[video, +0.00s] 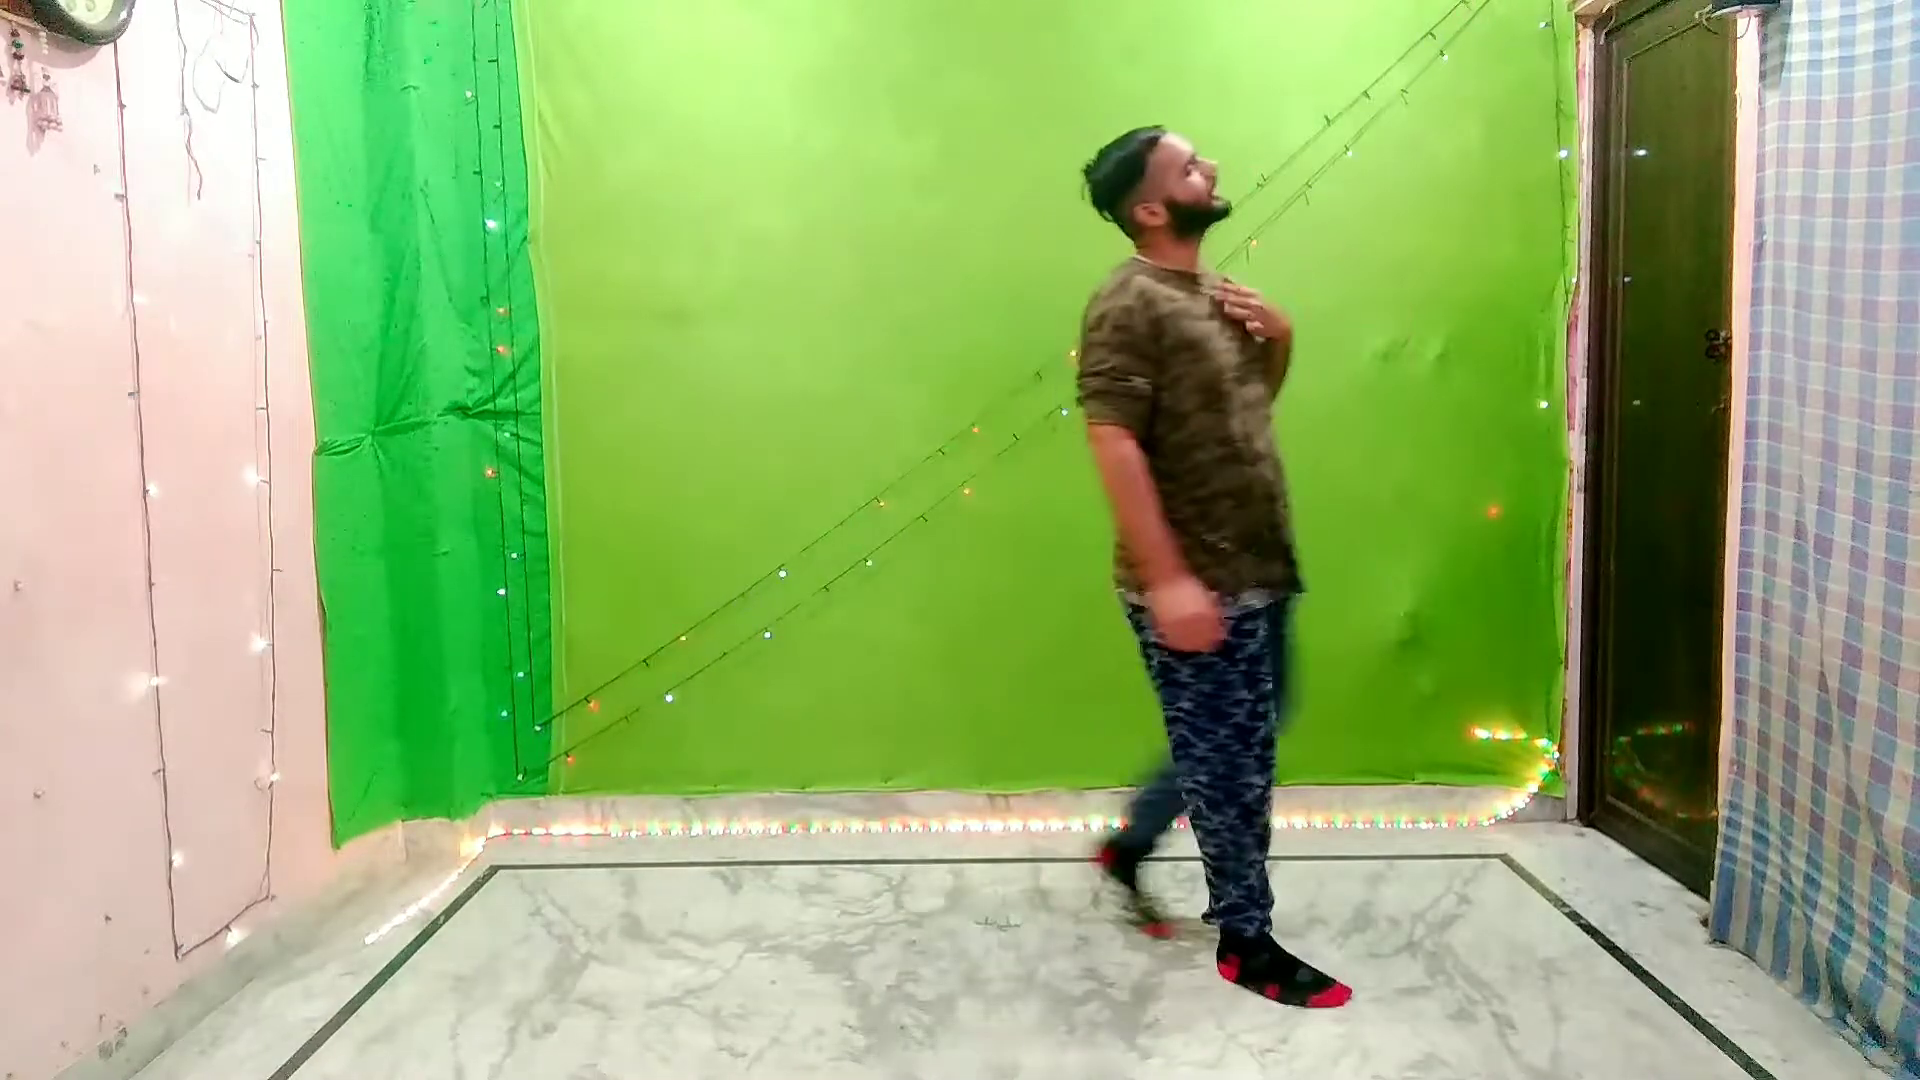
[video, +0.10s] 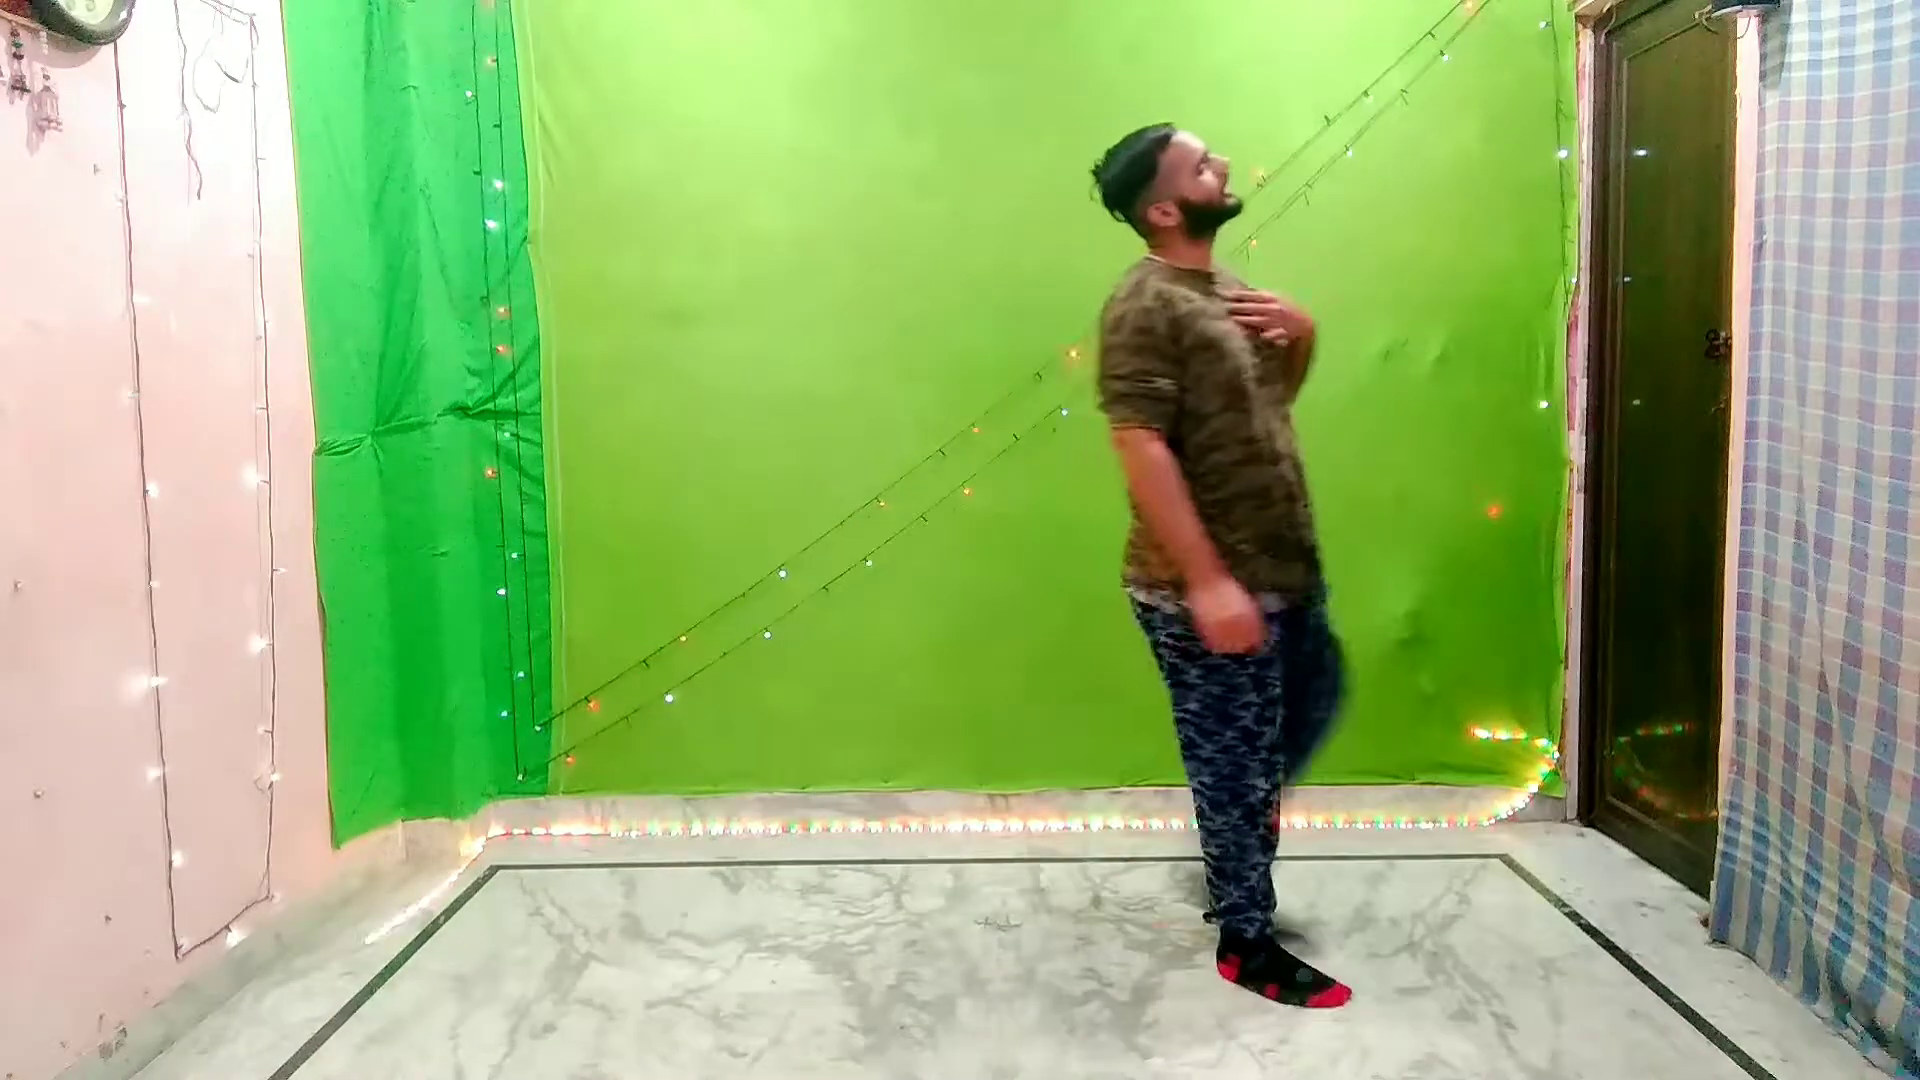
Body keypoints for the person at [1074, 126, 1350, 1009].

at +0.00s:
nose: (1208, 171)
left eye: (1199, 161)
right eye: (1189, 166)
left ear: (1172, 200)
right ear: (1147, 204)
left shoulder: (1213, 294)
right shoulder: (1126, 305)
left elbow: (1243, 408)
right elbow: (1112, 443)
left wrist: (1278, 341)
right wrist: (1166, 578)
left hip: (1259, 571)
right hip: (1194, 583)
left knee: (1246, 736)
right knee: (1226, 766)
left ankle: (1129, 841)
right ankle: (1246, 941)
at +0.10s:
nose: (1219, 166)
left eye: (1209, 156)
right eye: (1201, 163)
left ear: (1183, 200)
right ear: (1164, 204)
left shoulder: (1224, 292)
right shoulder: (1145, 303)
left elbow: (1262, 407)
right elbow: (1139, 444)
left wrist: (1300, 336)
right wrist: (1206, 579)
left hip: (1279, 574)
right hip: (1204, 586)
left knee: (1313, 701)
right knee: (1232, 765)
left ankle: (1236, 830)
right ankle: (1245, 940)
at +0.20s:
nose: (1228, 160)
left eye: (1218, 150)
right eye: (1206, 160)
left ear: (1192, 204)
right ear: (1166, 208)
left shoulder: (1246, 289)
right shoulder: (1160, 308)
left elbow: (1279, 402)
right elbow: (1167, 451)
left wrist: (1330, 334)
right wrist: (1240, 582)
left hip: (1302, 573)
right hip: (1222, 590)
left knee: (1337, 724)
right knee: (1245, 764)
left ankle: (1332, 899)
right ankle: (1244, 939)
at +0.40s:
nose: (1267, 179)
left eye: (1256, 167)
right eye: (1247, 176)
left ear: (1225, 212)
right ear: (1204, 220)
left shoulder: (1280, 291)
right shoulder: (1194, 320)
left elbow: (1328, 405)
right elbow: (1273, 465)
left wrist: (1371, 341)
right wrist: (1363, 583)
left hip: (1350, 577)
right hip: (1265, 601)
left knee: (1410, 743)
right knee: (1279, 771)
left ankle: (1430, 910)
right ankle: (1247, 939)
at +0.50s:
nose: (1289, 179)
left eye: (1277, 167)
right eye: (1268, 177)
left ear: (1240, 218)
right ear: (1226, 223)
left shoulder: (1296, 287)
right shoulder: (1227, 321)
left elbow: (1350, 406)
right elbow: (1321, 441)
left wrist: (1395, 339)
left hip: (1392, 578)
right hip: (1300, 601)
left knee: (1440, 745)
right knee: (1298, 775)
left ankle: (1442, 915)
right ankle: (1251, 940)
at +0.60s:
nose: (1303, 155)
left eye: (1291, 145)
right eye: (1281, 156)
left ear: (1263, 206)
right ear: (1250, 208)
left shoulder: (1316, 279)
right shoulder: (1266, 302)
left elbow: (1383, 394)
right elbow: (1371, 403)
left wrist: (1418, 325)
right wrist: (1537, 364)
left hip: (1406, 574)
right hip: (1316, 593)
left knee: (1454, 739)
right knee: (1304, 772)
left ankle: (1449, 909)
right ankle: (1251, 932)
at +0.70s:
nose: (1351, 118)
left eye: (1336, 111)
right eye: (1330, 117)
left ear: (1308, 166)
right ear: (1300, 166)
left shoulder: (1353, 250)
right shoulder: (1315, 257)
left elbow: (1431, 331)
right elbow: (1458, 307)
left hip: (1424, 550)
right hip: (1337, 559)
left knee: (1455, 730)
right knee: (1321, 747)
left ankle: (1460, 894)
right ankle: (1263, 917)